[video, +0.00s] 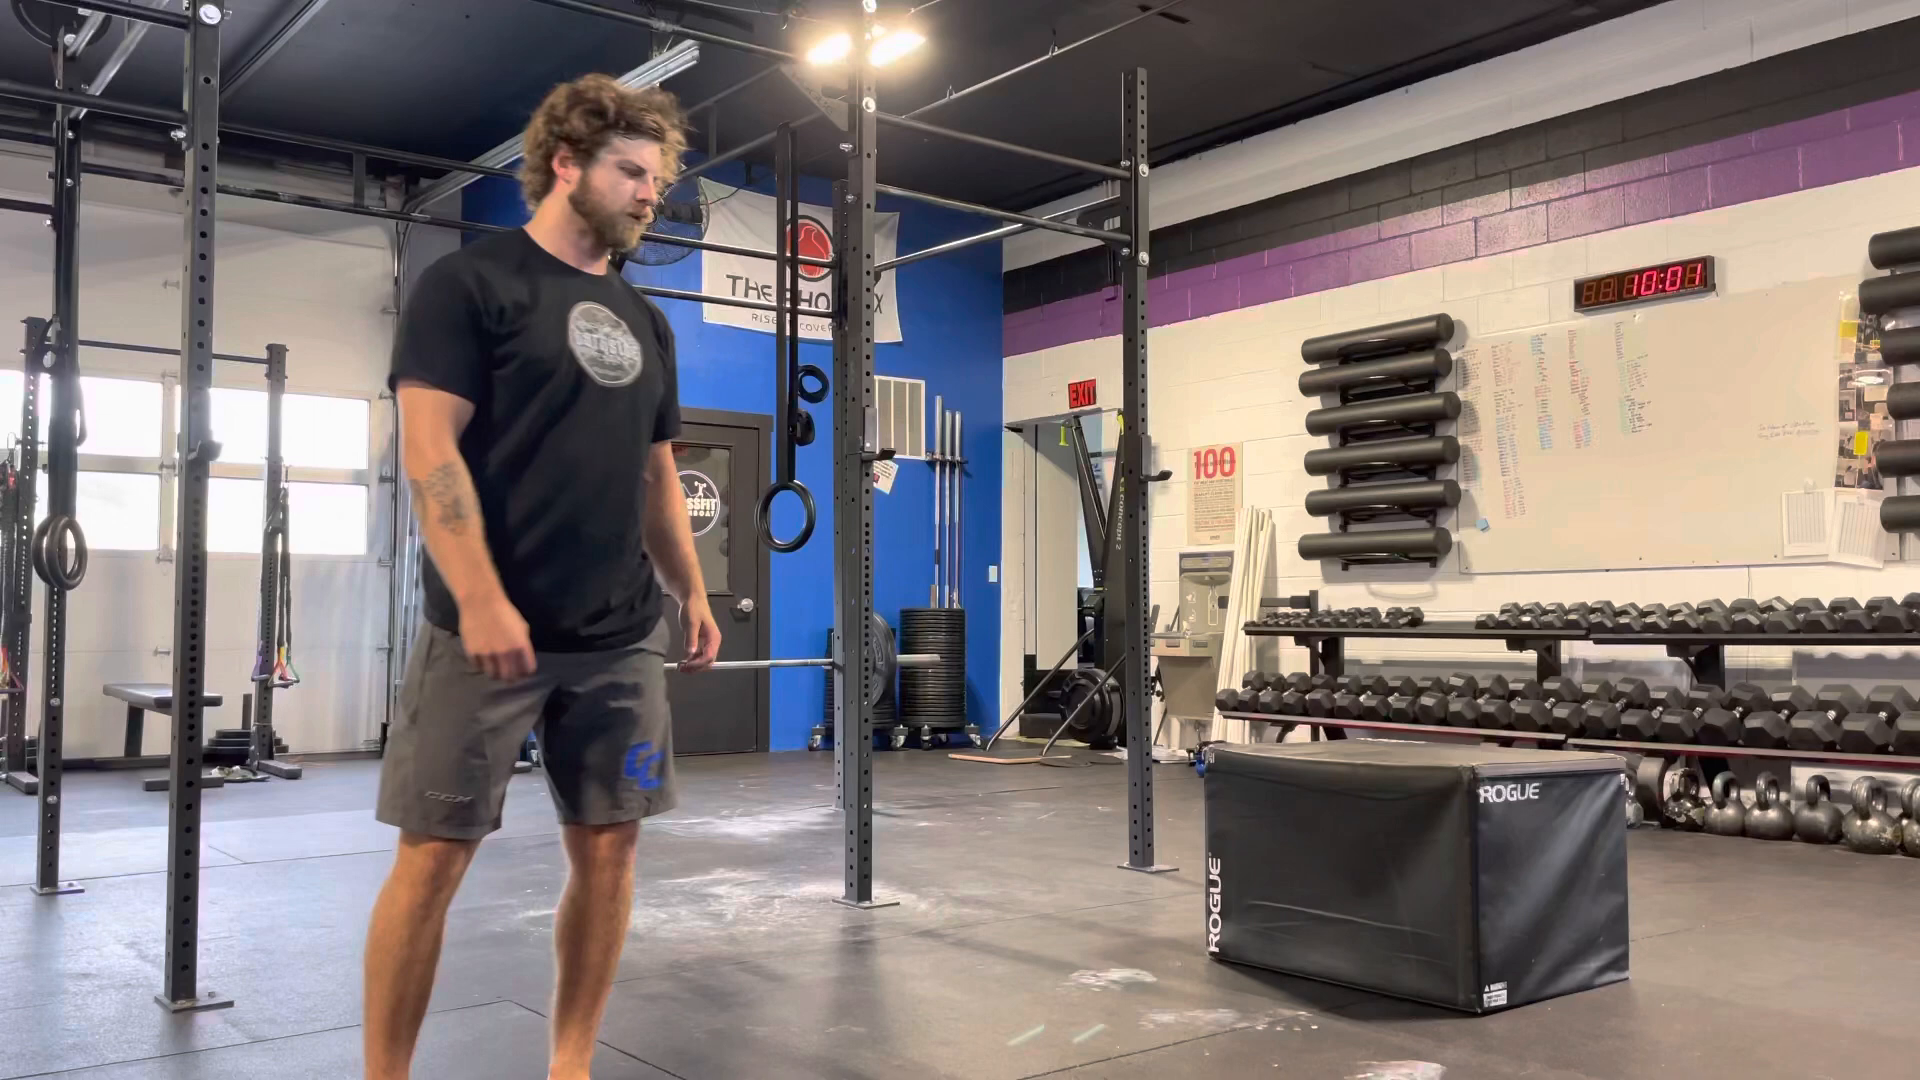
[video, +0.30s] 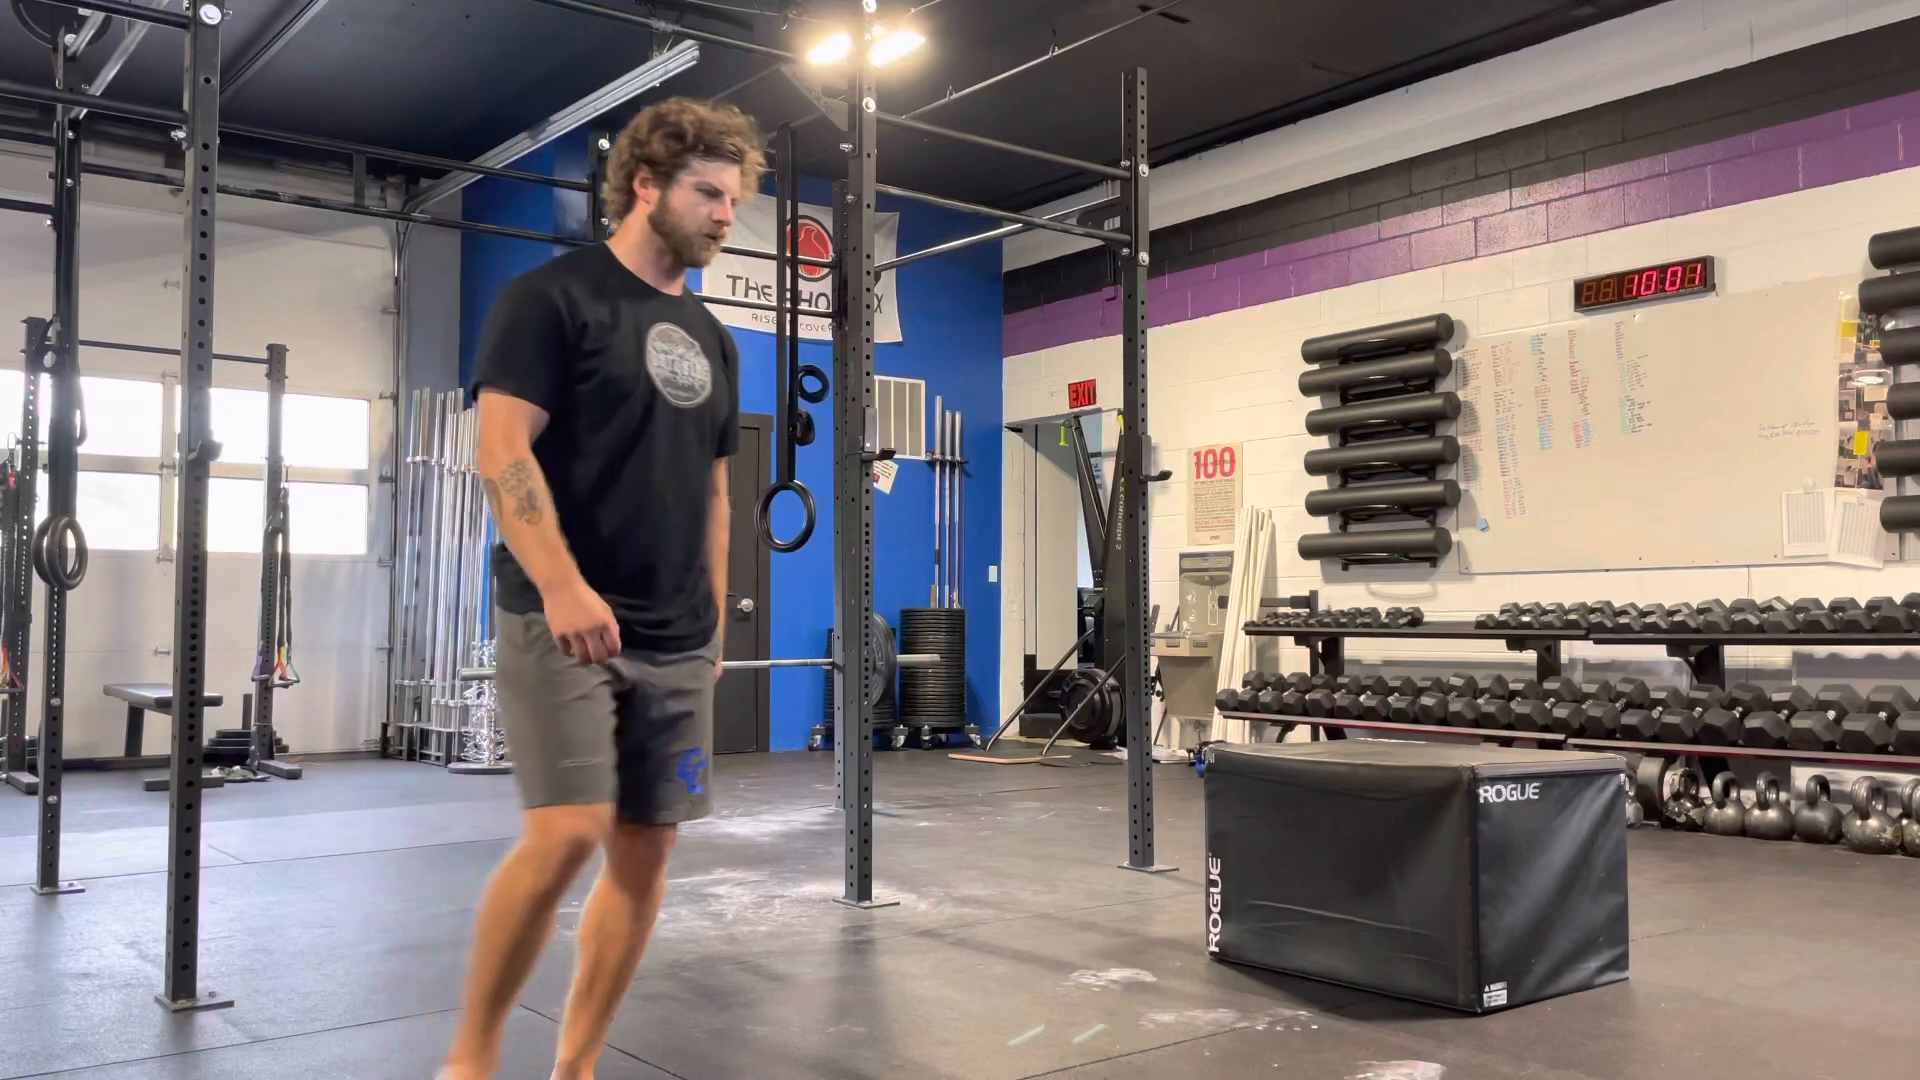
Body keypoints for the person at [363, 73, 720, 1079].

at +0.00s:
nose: (651, 193)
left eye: (660, 179)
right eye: (634, 171)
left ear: (660, 189)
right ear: (566, 165)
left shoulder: (641, 319)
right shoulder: (467, 279)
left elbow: (657, 467)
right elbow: (427, 451)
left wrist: (691, 590)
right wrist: (479, 598)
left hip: (617, 629)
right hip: (488, 625)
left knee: (609, 845)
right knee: (435, 854)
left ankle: (571, 1061)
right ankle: (385, 1071)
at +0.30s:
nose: (725, 215)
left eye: (734, 200)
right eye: (709, 192)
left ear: (733, 210)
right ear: (645, 186)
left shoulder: (708, 335)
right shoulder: (552, 294)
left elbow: (713, 484)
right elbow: (501, 454)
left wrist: (712, 609)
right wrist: (561, 587)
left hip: (676, 630)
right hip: (561, 619)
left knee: (642, 852)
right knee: (568, 829)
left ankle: (574, 1066)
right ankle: (469, 1060)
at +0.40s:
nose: (747, 218)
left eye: (757, 204)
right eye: (731, 197)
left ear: (756, 213)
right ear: (669, 192)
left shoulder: (730, 341)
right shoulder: (574, 299)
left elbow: (740, 492)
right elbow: (512, 450)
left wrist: (746, 623)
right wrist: (555, 589)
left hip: (698, 629)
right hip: (596, 613)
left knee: (665, 837)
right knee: (645, 815)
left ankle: (589, 1051)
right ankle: (577, 1051)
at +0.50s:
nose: (776, 226)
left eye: (783, 211)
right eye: (758, 205)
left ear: (779, 220)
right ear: (695, 202)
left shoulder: (756, 348)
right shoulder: (604, 306)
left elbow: (766, 495)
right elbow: (524, 450)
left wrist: (793, 620)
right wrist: (538, 595)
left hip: (723, 621)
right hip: (623, 605)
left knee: (661, 861)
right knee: (726, 798)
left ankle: (578, 1058)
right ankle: (706, 1043)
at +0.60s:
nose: (812, 243)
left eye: (818, 227)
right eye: (793, 222)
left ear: (816, 232)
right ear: (727, 219)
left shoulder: (789, 363)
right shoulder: (637, 318)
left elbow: (803, 505)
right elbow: (545, 450)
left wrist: (847, 608)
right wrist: (525, 604)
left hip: (738, 629)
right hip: (648, 619)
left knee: (697, 859)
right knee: (795, 796)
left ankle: (579, 1057)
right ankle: (818, 1024)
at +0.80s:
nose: (897, 333)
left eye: (904, 315)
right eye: (877, 311)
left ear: (908, 320)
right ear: (814, 313)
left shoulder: (884, 442)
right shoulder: (729, 414)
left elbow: (912, 569)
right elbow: (592, 516)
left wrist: (953, 619)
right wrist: (571, 661)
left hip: (807, 701)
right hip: (732, 697)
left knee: (799, 921)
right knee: (917, 841)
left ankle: (590, 1051)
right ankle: (937, 1053)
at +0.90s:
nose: (957, 415)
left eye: (964, 397)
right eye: (938, 394)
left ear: (970, 402)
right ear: (875, 398)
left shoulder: (952, 512)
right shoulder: (795, 478)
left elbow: (986, 623)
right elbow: (641, 550)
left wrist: (1014, 672)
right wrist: (603, 692)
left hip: (841, 757)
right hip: (764, 748)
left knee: (843, 972)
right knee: (966, 844)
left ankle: (612, 1043)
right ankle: (943, 1053)